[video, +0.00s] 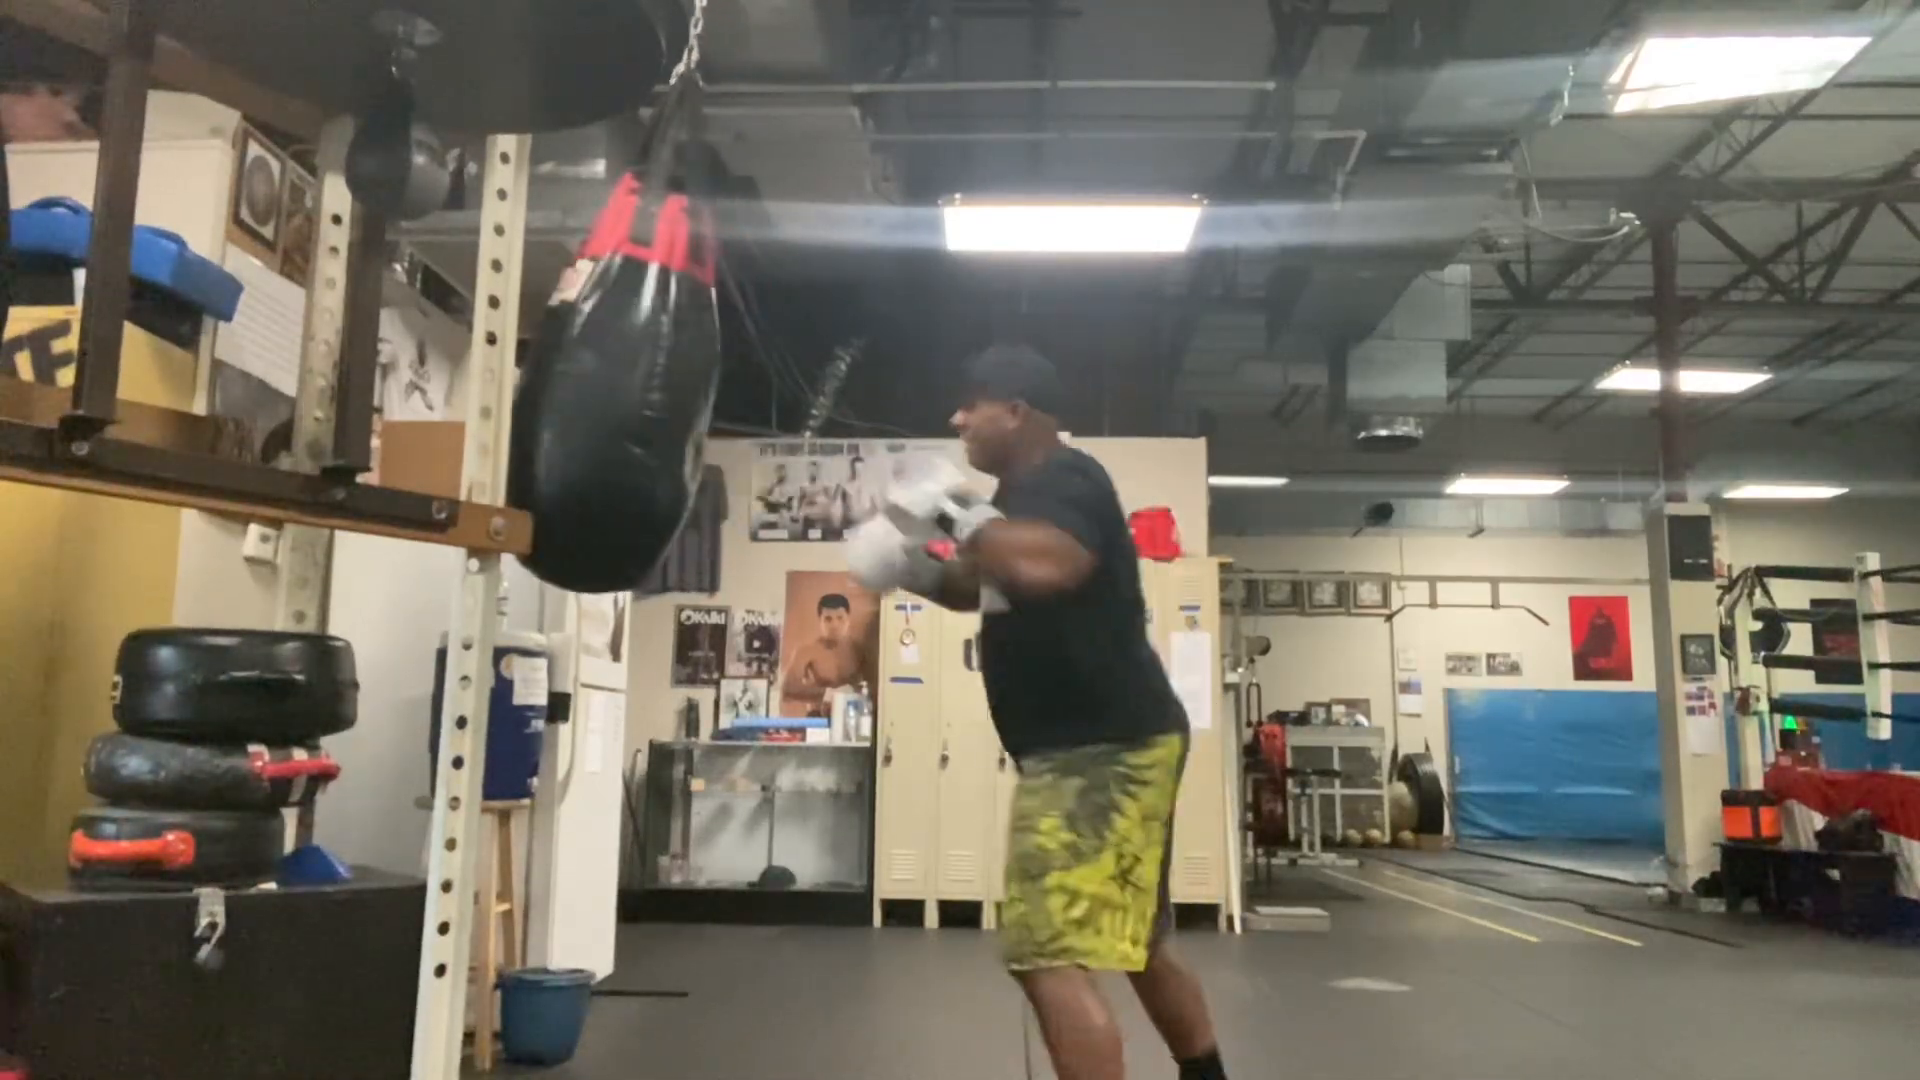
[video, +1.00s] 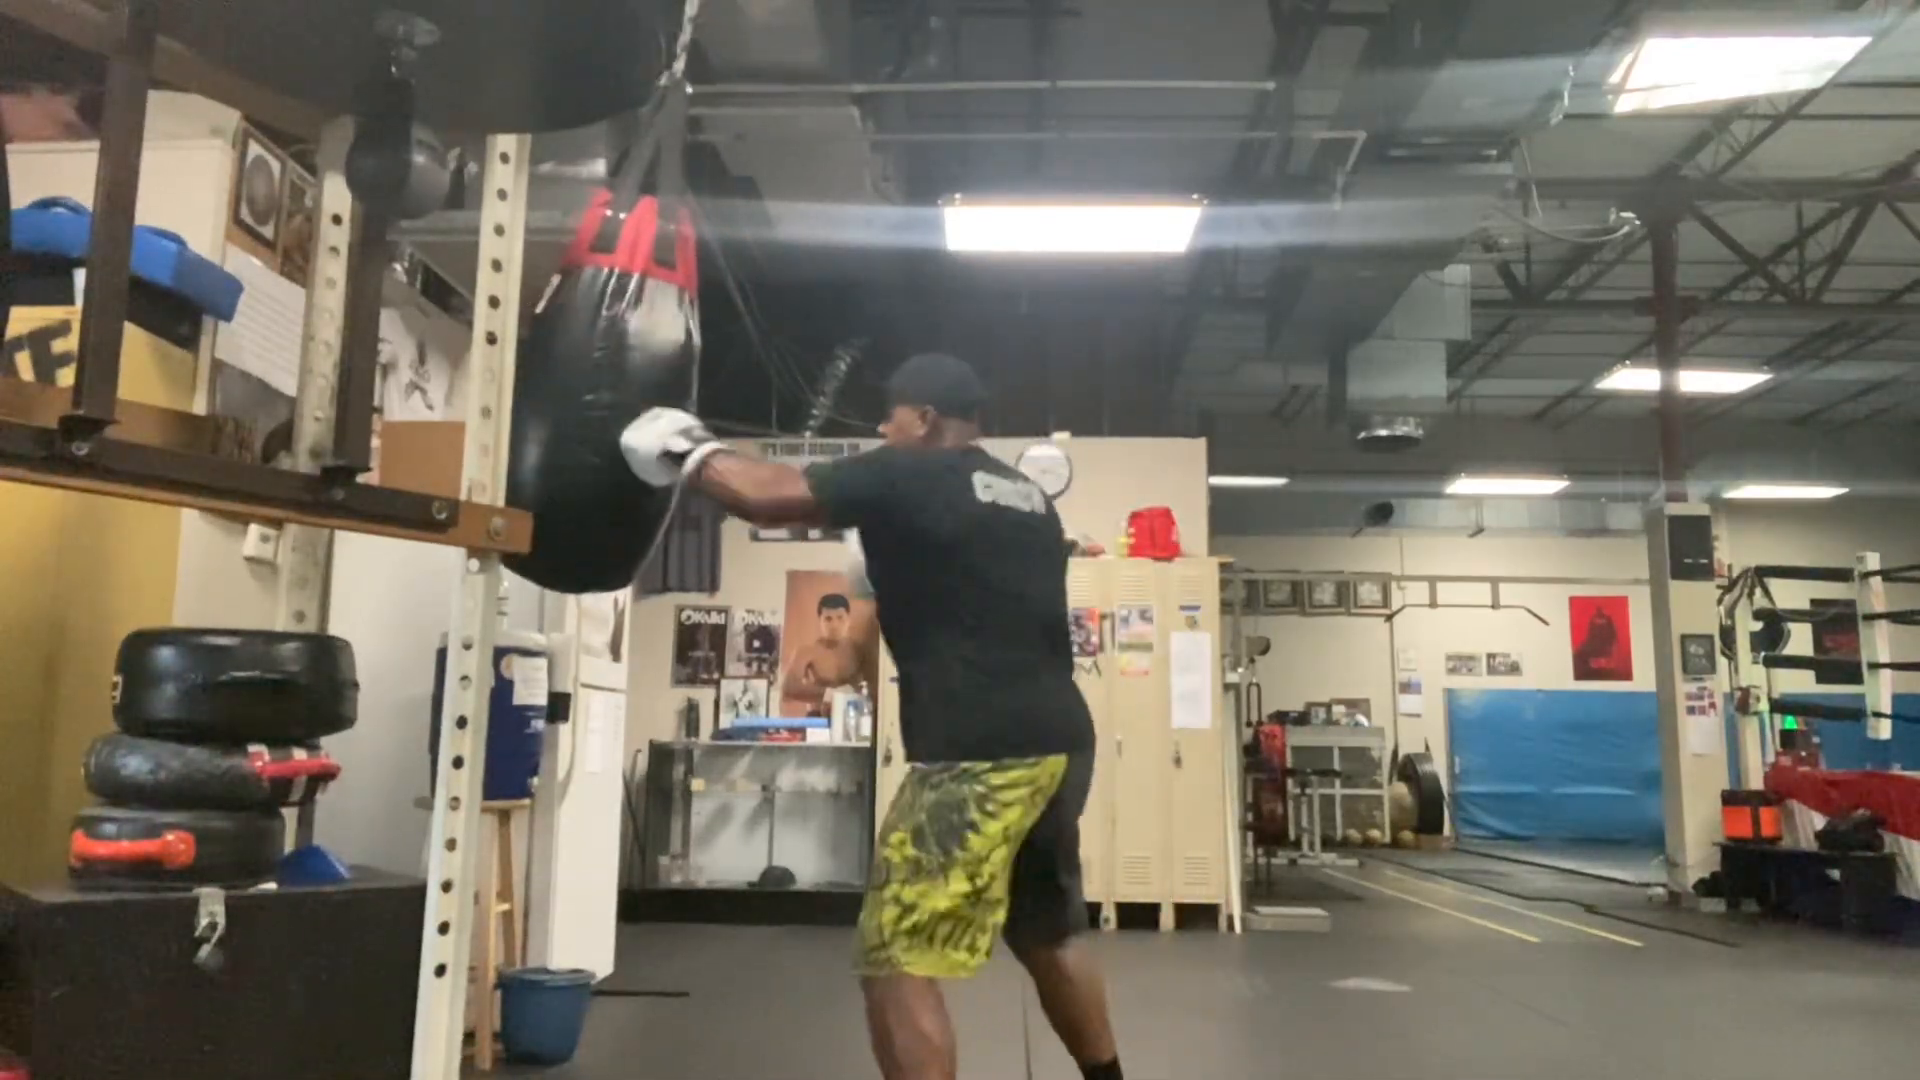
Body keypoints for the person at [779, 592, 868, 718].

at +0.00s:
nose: (834, 625)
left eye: (840, 618)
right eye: (828, 619)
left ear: (848, 620)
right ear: (819, 621)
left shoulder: (858, 652)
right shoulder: (806, 652)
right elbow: (789, 688)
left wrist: (816, 687)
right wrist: (827, 693)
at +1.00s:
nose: (834, 625)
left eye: (840, 618)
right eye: (828, 619)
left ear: (848, 620)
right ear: (819, 621)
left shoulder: (857, 651)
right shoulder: (808, 652)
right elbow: (790, 688)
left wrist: (816, 685)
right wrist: (828, 693)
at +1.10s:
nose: (834, 625)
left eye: (840, 618)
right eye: (828, 619)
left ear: (847, 620)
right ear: (820, 620)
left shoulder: (858, 651)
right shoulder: (807, 652)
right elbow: (790, 688)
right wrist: (828, 693)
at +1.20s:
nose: (834, 625)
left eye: (840, 618)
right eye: (828, 619)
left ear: (848, 620)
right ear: (819, 620)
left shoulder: (857, 651)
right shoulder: (808, 652)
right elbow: (789, 687)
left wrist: (817, 685)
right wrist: (826, 693)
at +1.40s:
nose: (834, 625)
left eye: (840, 618)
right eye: (828, 619)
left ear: (848, 619)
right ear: (819, 620)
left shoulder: (858, 652)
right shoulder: (807, 652)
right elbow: (789, 688)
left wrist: (816, 686)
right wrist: (827, 693)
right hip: (819, 717)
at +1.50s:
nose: (834, 625)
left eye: (840, 618)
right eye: (828, 619)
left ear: (848, 620)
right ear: (819, 621)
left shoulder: (857, 651)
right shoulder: (808, 652)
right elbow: (789, 688)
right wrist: (825, 693)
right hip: (820, 716)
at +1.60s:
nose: (834, 625)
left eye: (840, 618)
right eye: (828, 619)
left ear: (848, 619)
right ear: (820, 620)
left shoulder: (858, 651)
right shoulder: (807, 652)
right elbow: (789, 688)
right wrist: (827, 692)